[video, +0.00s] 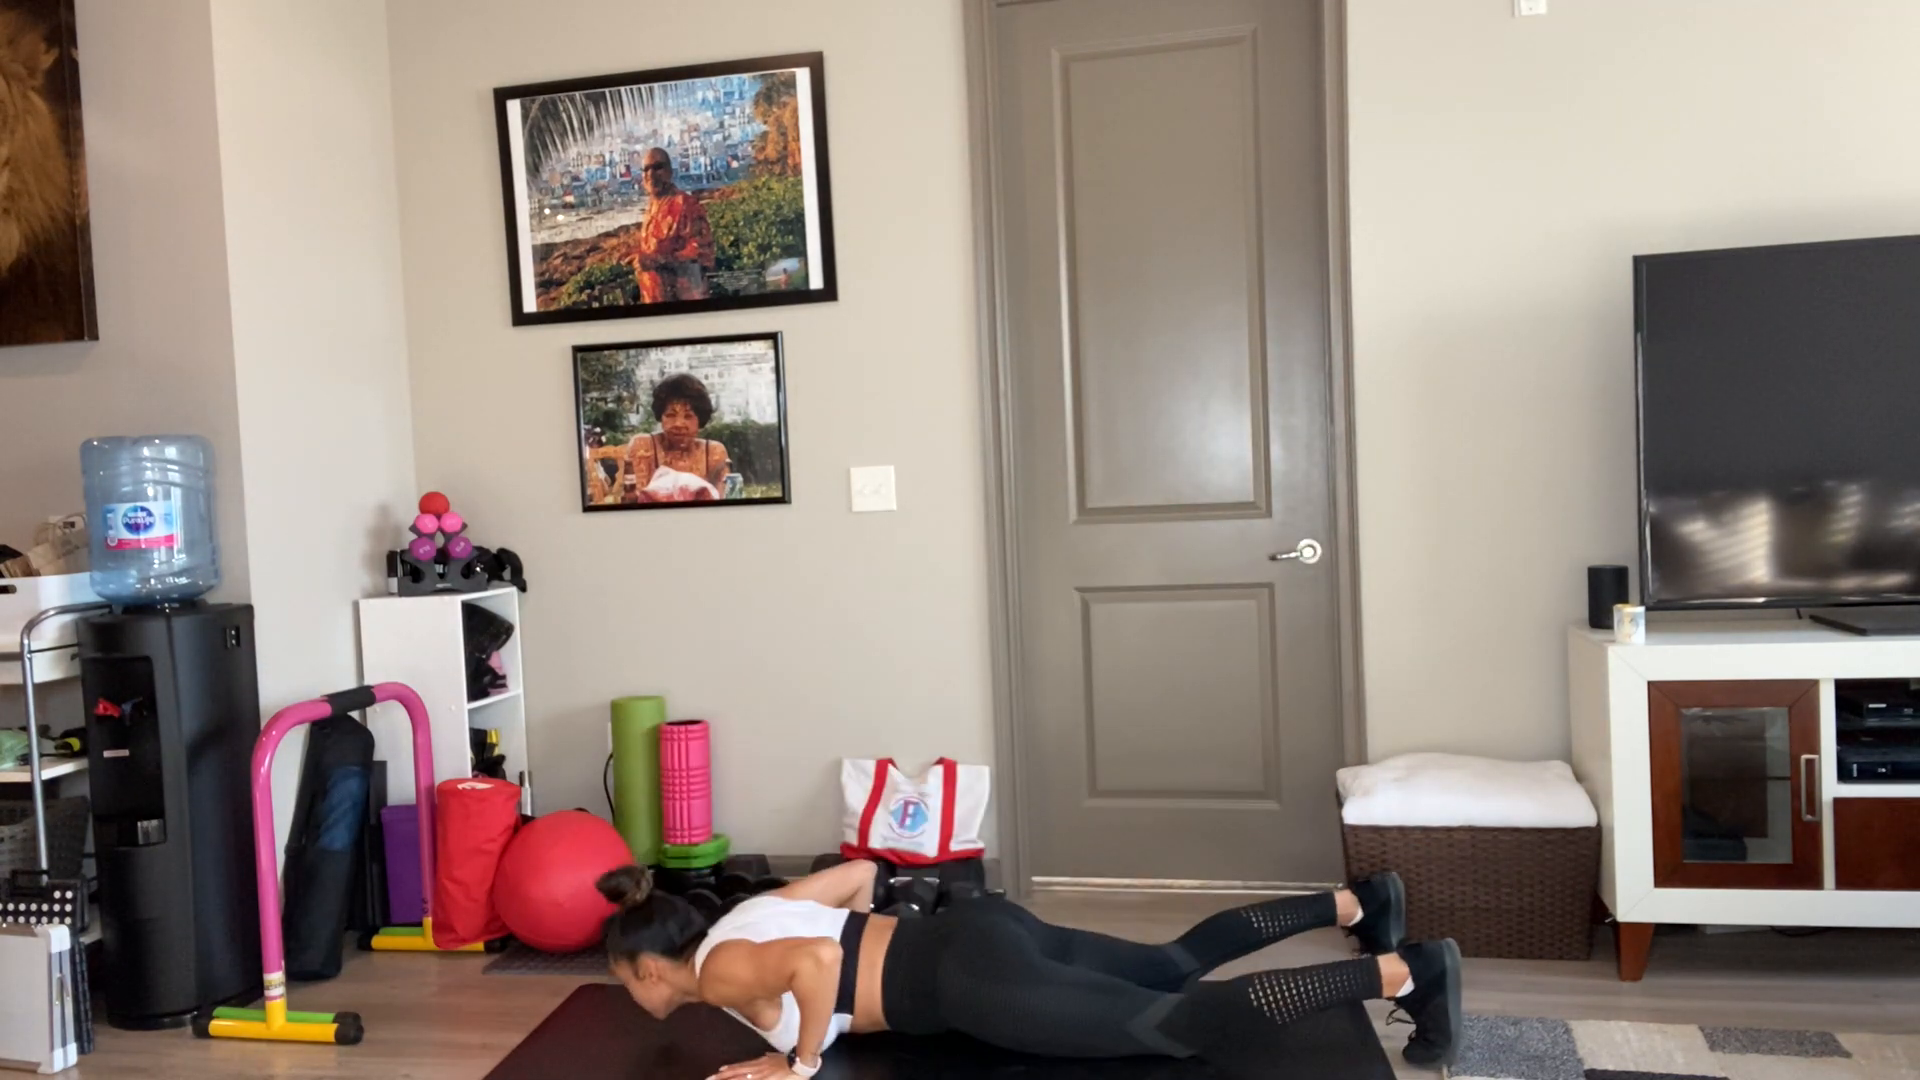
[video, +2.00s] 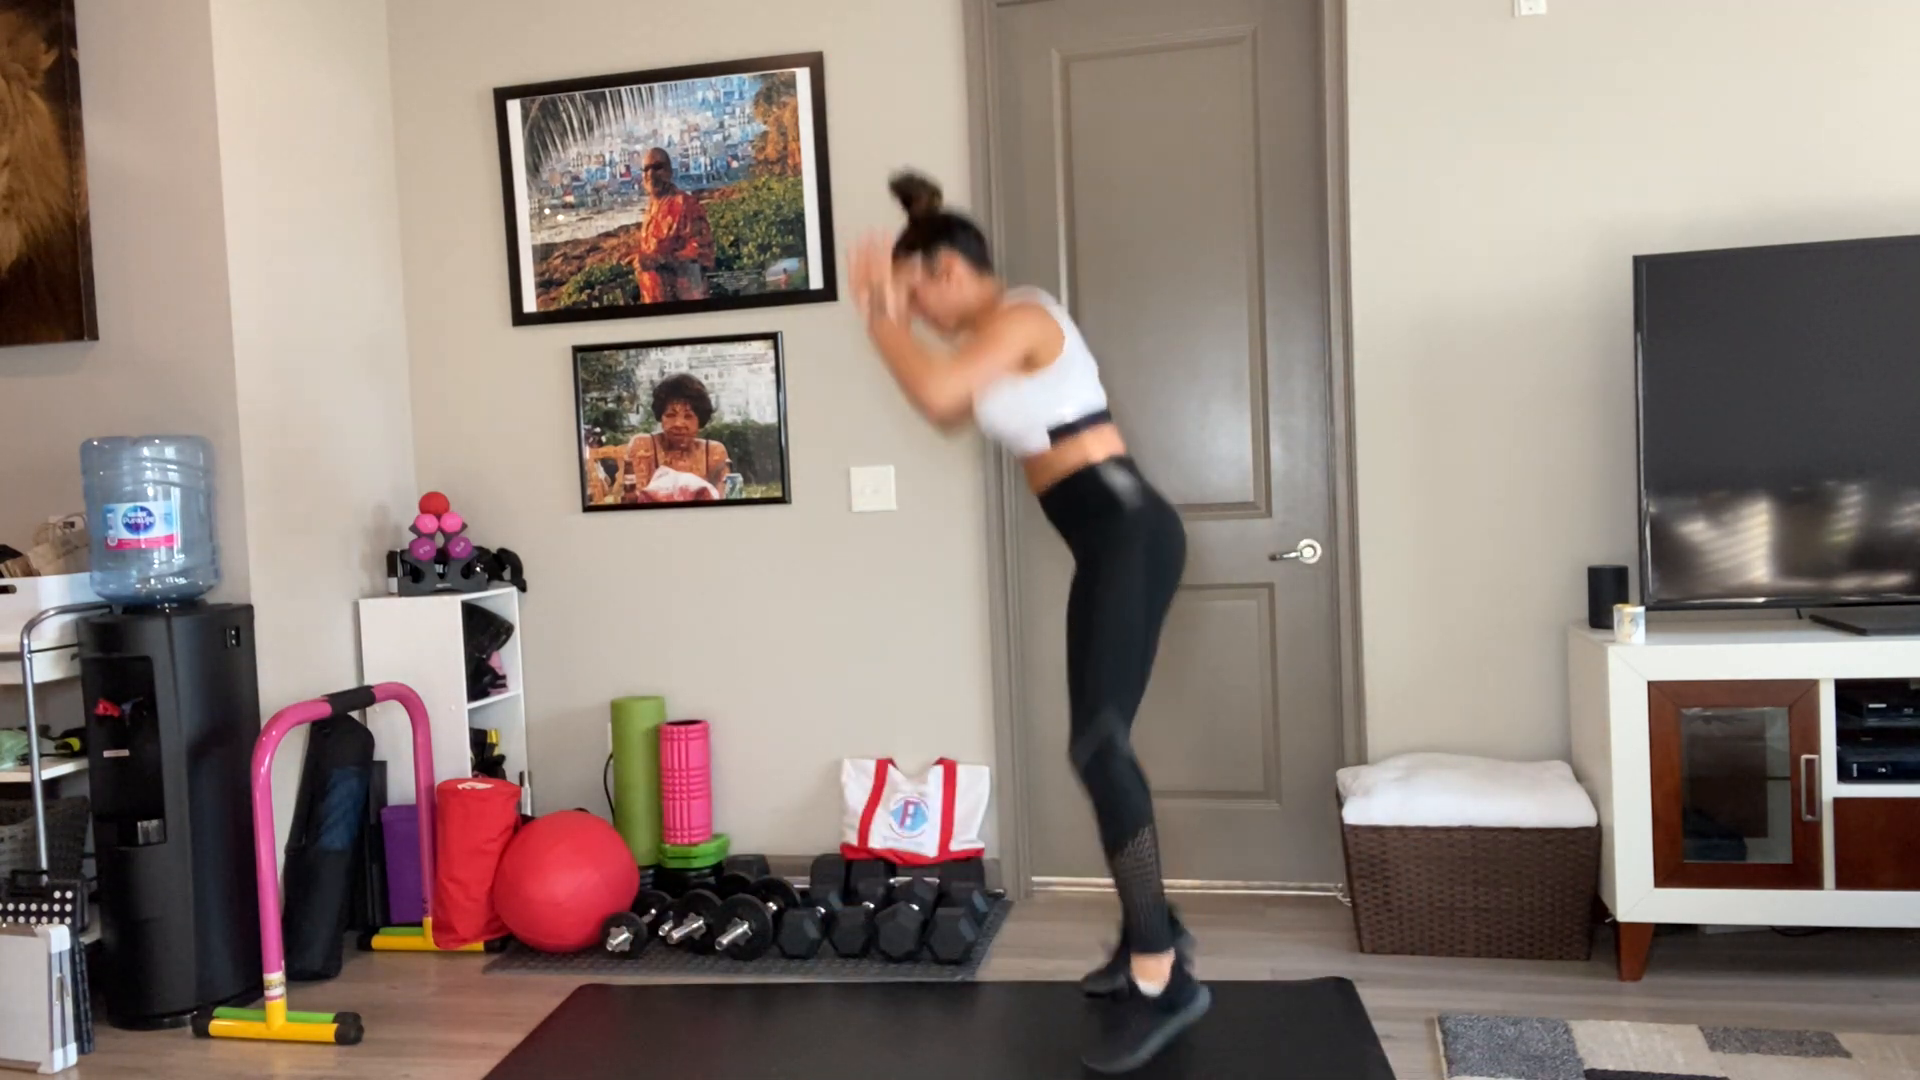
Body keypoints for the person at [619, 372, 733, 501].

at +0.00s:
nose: (679, 424)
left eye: (688, 416)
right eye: (670, 415)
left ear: (701, 420)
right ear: (660, 418)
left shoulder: (715, 451)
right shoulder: (641, 446)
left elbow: (721, 500)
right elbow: (634, 499)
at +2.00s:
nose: (679, 424)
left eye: (688, 416)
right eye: (671, 415)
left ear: (701, 420)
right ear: (660, 418)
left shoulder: (715, 451)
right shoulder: (642, 446)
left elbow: (719, 501)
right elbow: (638, 499)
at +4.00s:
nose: (679, 424)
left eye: (688, 416)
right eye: (670, 415)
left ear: (700, 420)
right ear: (660, 417)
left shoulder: (714, 451)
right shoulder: (641, 446)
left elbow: (722, 499)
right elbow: (631, 499)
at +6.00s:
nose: (679, 424)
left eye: (688, 416)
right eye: (670, 415)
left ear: (700, 420)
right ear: (660, 417)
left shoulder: (715, 451)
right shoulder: (641, 446)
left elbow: (722, 500)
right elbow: (631, 499)